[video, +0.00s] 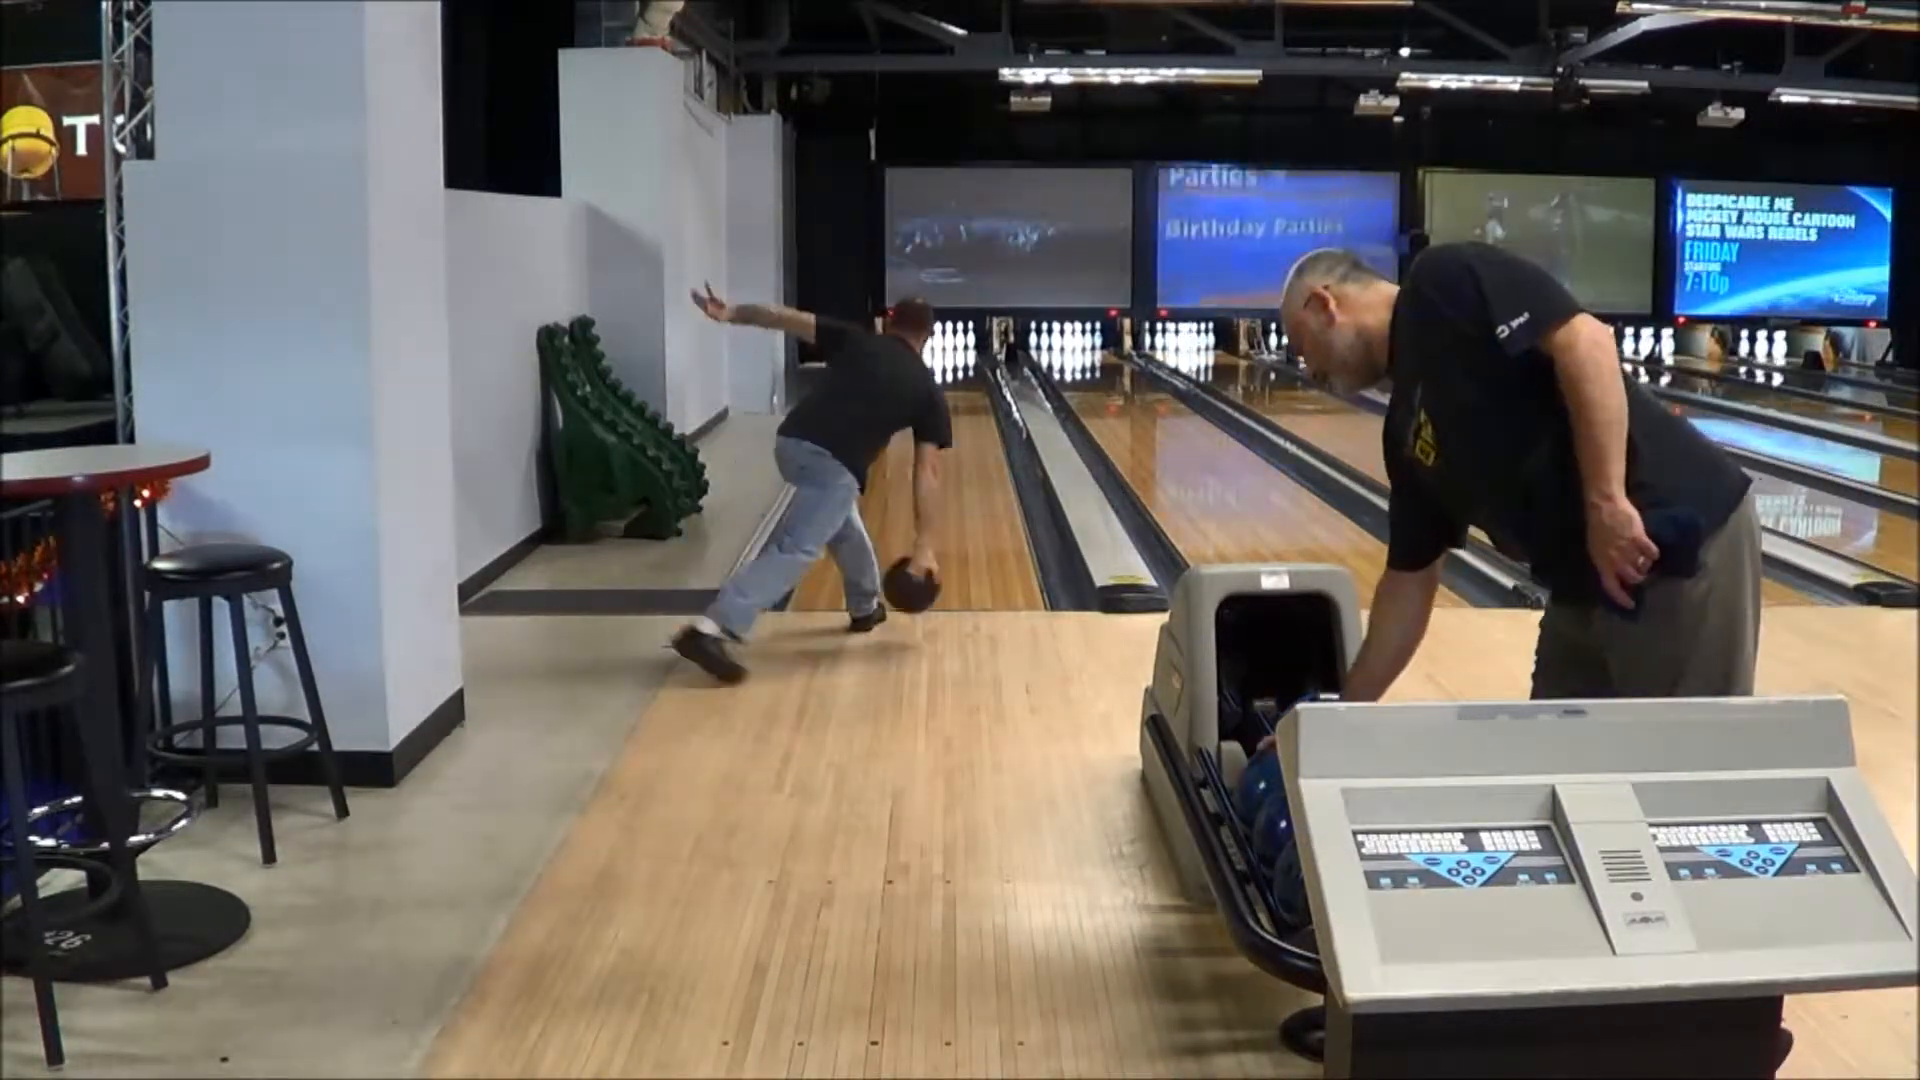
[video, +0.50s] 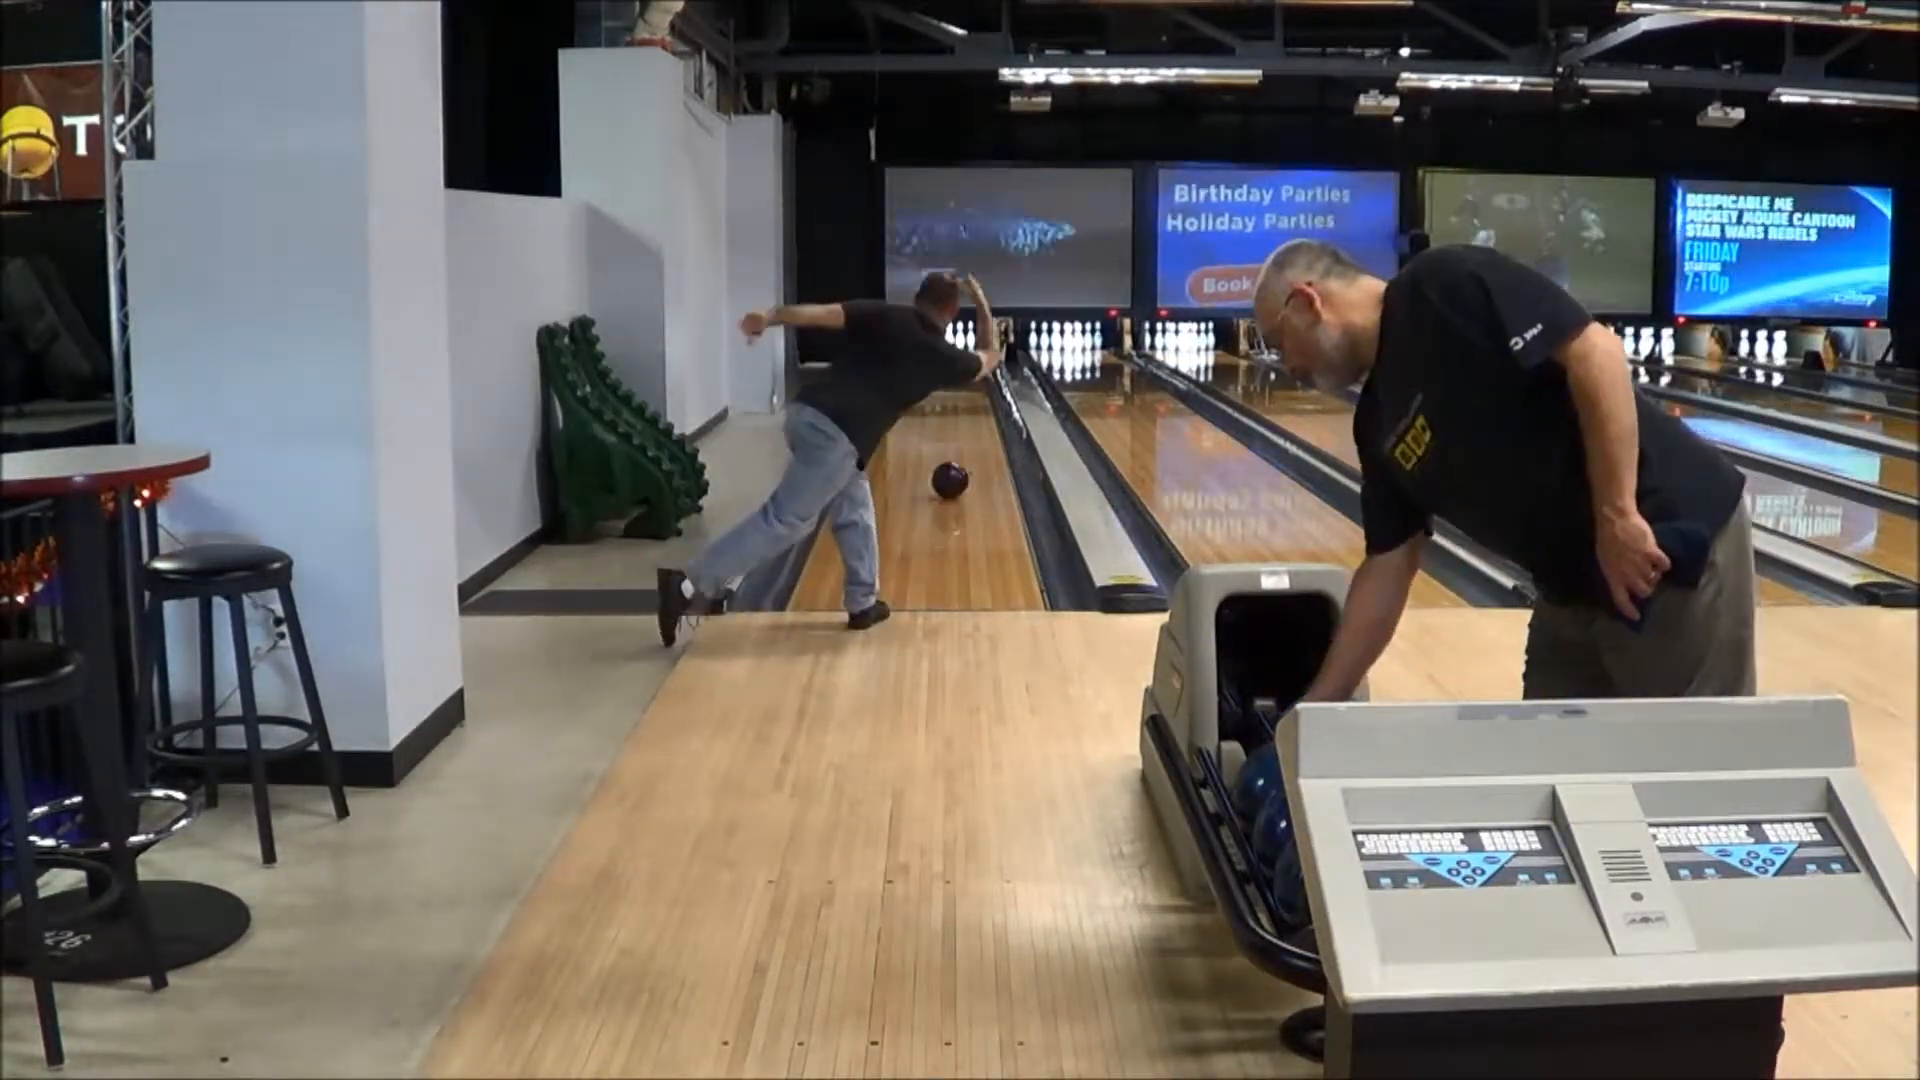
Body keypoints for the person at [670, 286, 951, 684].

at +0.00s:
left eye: (889, 324)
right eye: (923, 335)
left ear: (887, 325)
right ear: (926, 337)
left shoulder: (858, 340)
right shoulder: (925, 389)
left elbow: (785, 318)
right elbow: (928, 472)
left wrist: (730, 313)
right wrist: (924, 546)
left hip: (790, 444)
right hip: (834, 464)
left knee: (845, 526)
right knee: (796, 550)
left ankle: (865, 606)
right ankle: (711, 627)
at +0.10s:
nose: (931, 350)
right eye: (932, 344)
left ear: (891, 326)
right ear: (928, 344)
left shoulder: (872, 339)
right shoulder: (922, 391)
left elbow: (819, 323)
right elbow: (927, 463)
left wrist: (773, 329)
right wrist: (933, 521)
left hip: (795, 438)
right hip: (832, 466)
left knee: (846, 524)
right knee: (773, 544)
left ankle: (863, 606)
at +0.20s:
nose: (941, 351)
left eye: (939, 344)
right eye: (941, 345)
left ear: (905, 330)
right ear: (938, 345)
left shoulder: (890, 337)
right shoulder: (932, 394)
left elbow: (829, 330)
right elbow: (930, 420)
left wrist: (814, 343)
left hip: (795, 431)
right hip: (829, 459)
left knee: (846, 518)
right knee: (761, 534)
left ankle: (862, 606)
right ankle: (656, 581)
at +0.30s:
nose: (957, 352)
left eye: (956, 346)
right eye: (956, 347)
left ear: (916, 327)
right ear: (948, 343)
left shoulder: (889, 333)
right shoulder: (944, 379)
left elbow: (829, 327)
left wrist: (831, 345)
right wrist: (940, 304)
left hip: (797, 424)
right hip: (834, 451)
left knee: (848, 515)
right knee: (760, 527)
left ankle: (862, 605)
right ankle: (659, 579)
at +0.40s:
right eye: (956, 320)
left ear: (918, 307)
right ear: (952, 324)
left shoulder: (889, 322)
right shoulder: (947, 366)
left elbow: (825, 321)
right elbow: (975, 338)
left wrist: (798, 327)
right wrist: (965, 297)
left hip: (802, 418)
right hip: (837, 441)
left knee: (852, 514)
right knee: (777, 525)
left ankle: (863, 604)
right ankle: (679, 587)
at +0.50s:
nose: (951, 316)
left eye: (947, 308)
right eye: (952, 311)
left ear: (918, 297)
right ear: (952, 312)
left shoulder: (883, 314)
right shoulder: (940, 355)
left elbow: (823, 315)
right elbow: (990, 357)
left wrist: (768, 317)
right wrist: (984, 307)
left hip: (807, 415)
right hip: (838, 438)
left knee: (854, 511)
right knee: (783, 522)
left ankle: (863, 605)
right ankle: (688, 585)